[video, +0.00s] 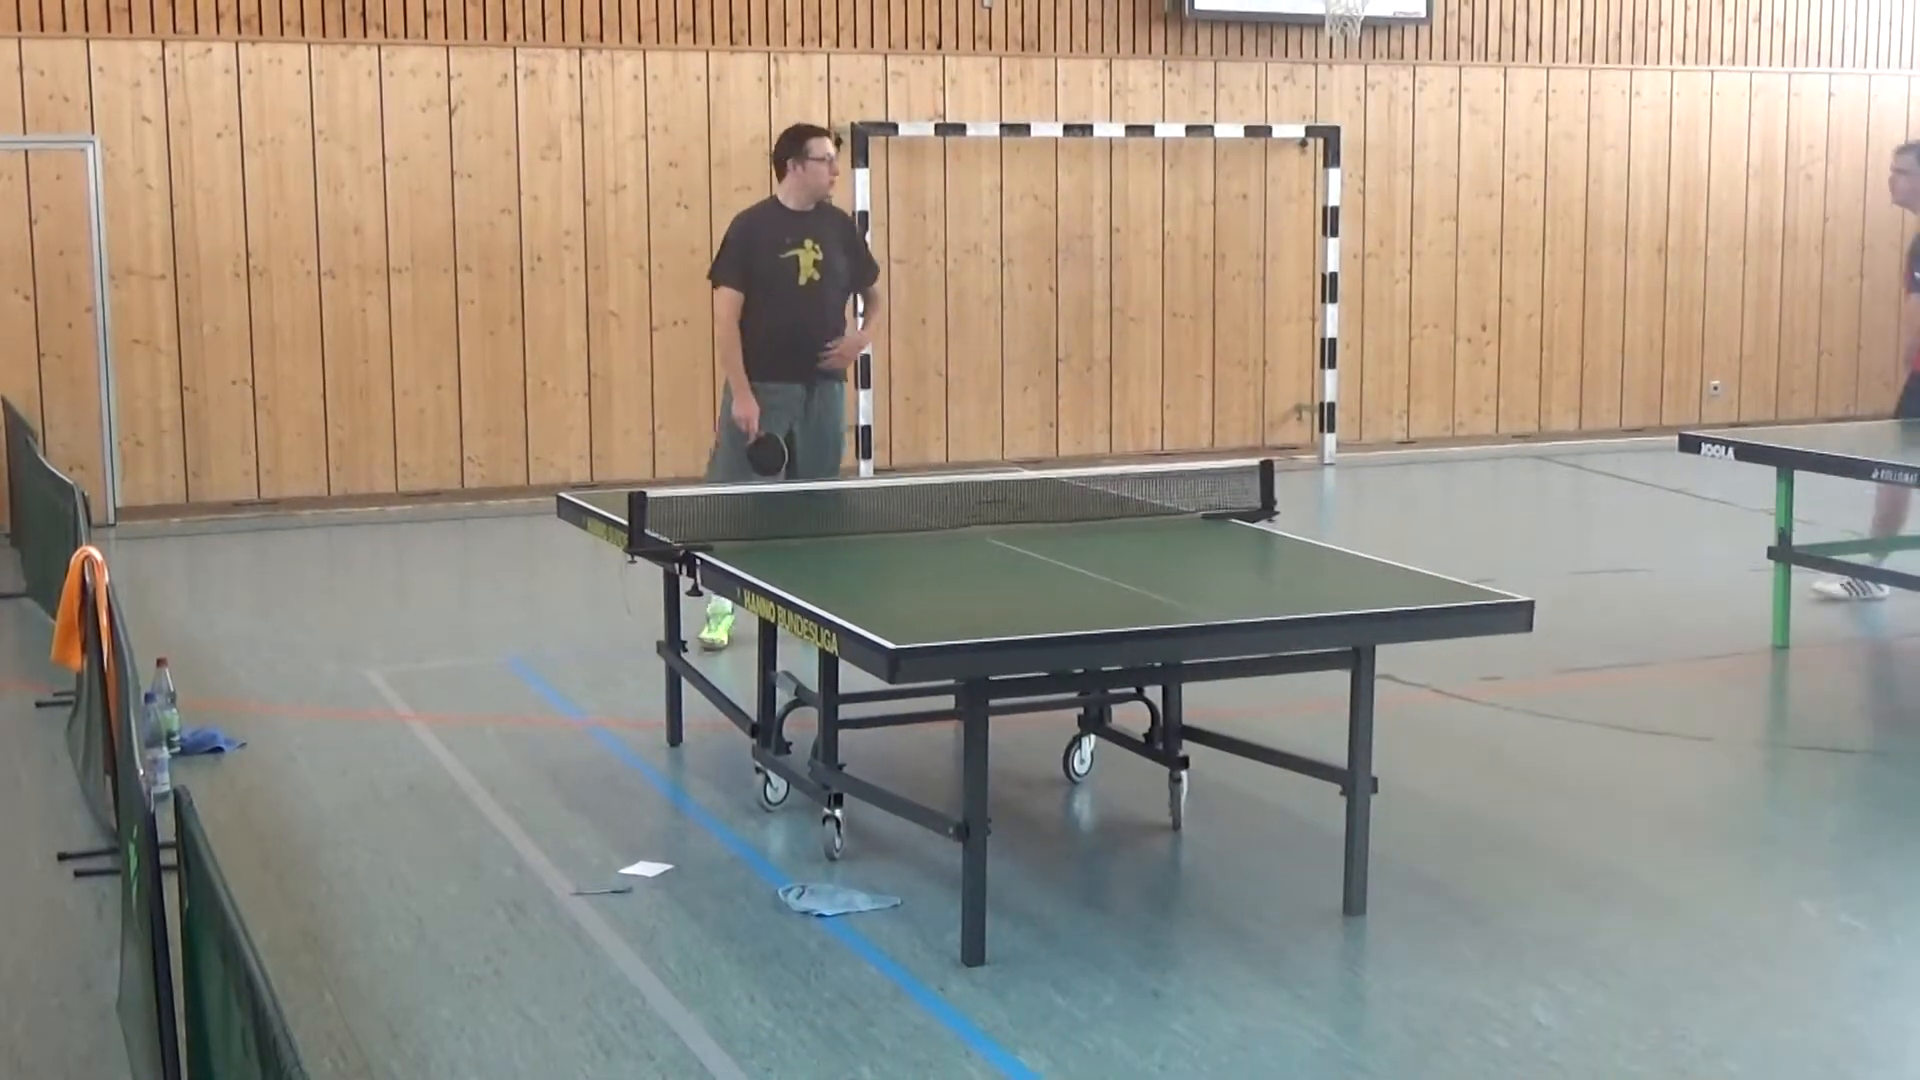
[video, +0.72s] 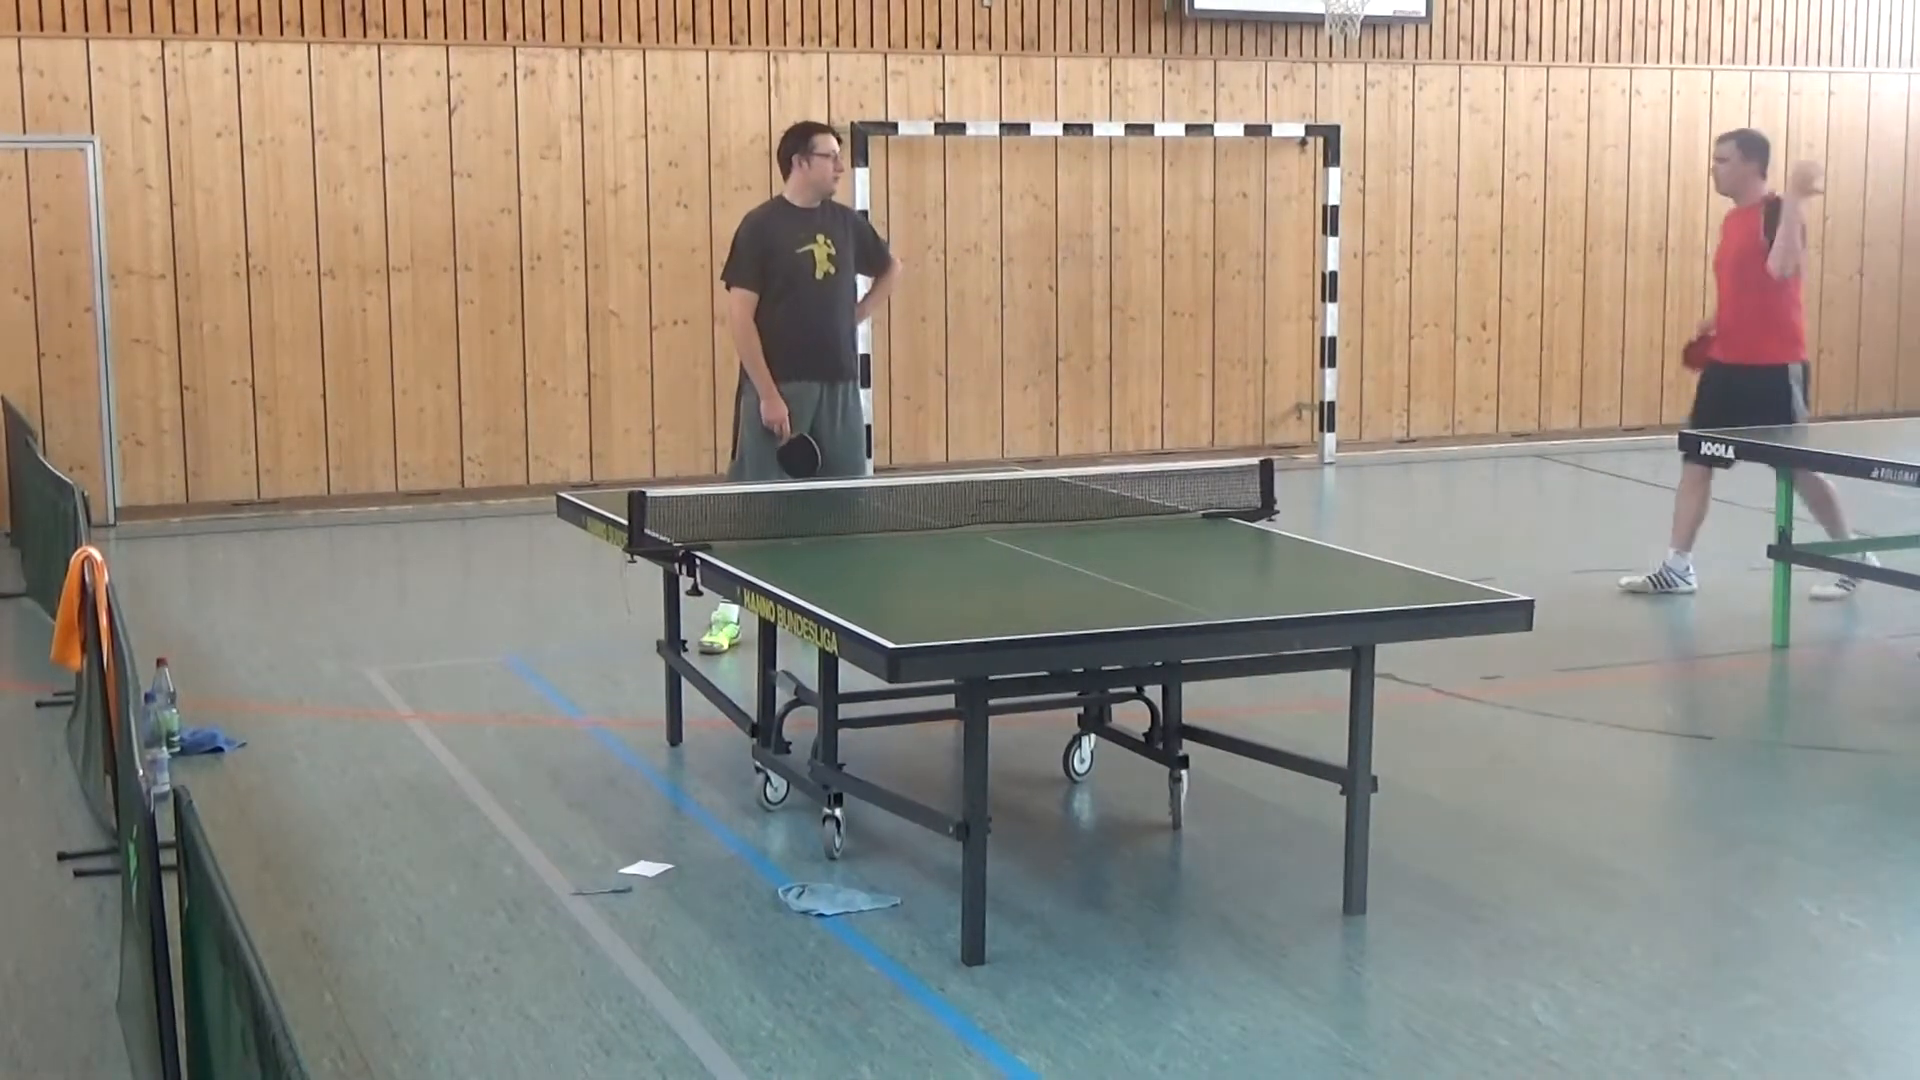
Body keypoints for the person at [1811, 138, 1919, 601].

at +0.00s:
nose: (1892, 181)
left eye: (1901, 173)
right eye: (1893, 172)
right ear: (1903, 179)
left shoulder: (1918, 244)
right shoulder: (1914, 243)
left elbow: (1914, 317)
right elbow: (1913, 314)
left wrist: (1909, 372)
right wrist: (1909, 371)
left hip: (1917, 375)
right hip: (1915, 374)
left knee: (1898, 461)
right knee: (1896, 462)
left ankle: (1871, 568)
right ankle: (1870, 568)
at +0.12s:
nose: (1866, 170)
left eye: (1876, 163)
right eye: (1868, 162)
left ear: (1906, 171)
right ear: (1900, 172)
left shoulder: (1909, 224)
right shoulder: (1903, 220)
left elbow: (1894, 303)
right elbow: (1895, 303)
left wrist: (1860, 368)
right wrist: (1867, 367)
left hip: (1905, 361)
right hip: (1899, 359)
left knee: (1874, 460)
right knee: (1874, 460)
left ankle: (1868, 569)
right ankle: (1866, 565)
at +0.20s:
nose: (1853, 166)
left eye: (1863, 158)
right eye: (1855, 157)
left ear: (1892, 166)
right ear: (1885, 167)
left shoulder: (1896, 218)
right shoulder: (1897, 212)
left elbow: (1869, 296)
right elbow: (1876, 294)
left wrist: (1812, 350)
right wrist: (1839, 335)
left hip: (1890, 361)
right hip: (1895, 359)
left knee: (1864, 463)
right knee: (1898, 465)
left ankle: (1865, 569)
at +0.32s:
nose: (1832, 165)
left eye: (1843, 158)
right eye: (1832, 157)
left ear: (1872, 164)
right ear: (1844, 164)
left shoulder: (1878, 208)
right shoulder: (1867, 208)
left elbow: (1815, 252)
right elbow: (1867, 289)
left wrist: (1738, 266)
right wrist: (1835, 339)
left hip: (1876, 356)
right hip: (1850, 354)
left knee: (1860, 462)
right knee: (1821, 453)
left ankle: (1870, 572)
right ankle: (1885, 538)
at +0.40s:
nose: (1813, 167)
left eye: (1823, 160)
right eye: (1813, 159)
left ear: (1853, 164)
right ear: (1824, 165)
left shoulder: (1866, 205)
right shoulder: (1836, 214)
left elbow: (1809, 220)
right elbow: (1844, 293)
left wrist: (1731, 195)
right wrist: (1806, 322)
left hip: (1863, 355)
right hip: (1824, 355)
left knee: (1860, 463)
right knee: (1791, 452)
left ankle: (1869, 572)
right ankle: (1814, 556)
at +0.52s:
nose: (1777, 175)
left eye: (1787, 167)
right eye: (1776, 167)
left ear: (1810, 168)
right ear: (1793, 172)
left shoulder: (1838, 210)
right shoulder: (1802, 220)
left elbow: (1796, 196)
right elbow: (1813, 284)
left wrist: (1777, 137)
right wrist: (1772, 304)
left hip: (1837, 359)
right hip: (1796, 359)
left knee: (1848, 467)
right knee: (1764, 460)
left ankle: (1865, 571)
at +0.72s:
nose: (1714, 170)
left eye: (1722, 162)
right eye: (1714, 162)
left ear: (1751, 166)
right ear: (1739, 169)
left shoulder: (1781, 213)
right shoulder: (1732, 220)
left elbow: (1782, 268)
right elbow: (1736, 292)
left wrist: (1794, 198)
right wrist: (1710, 331)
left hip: (1773, 366)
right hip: (1726, 364)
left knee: (1796, 467)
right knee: (1697, 462)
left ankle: (1852, 555)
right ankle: (1677, 567)